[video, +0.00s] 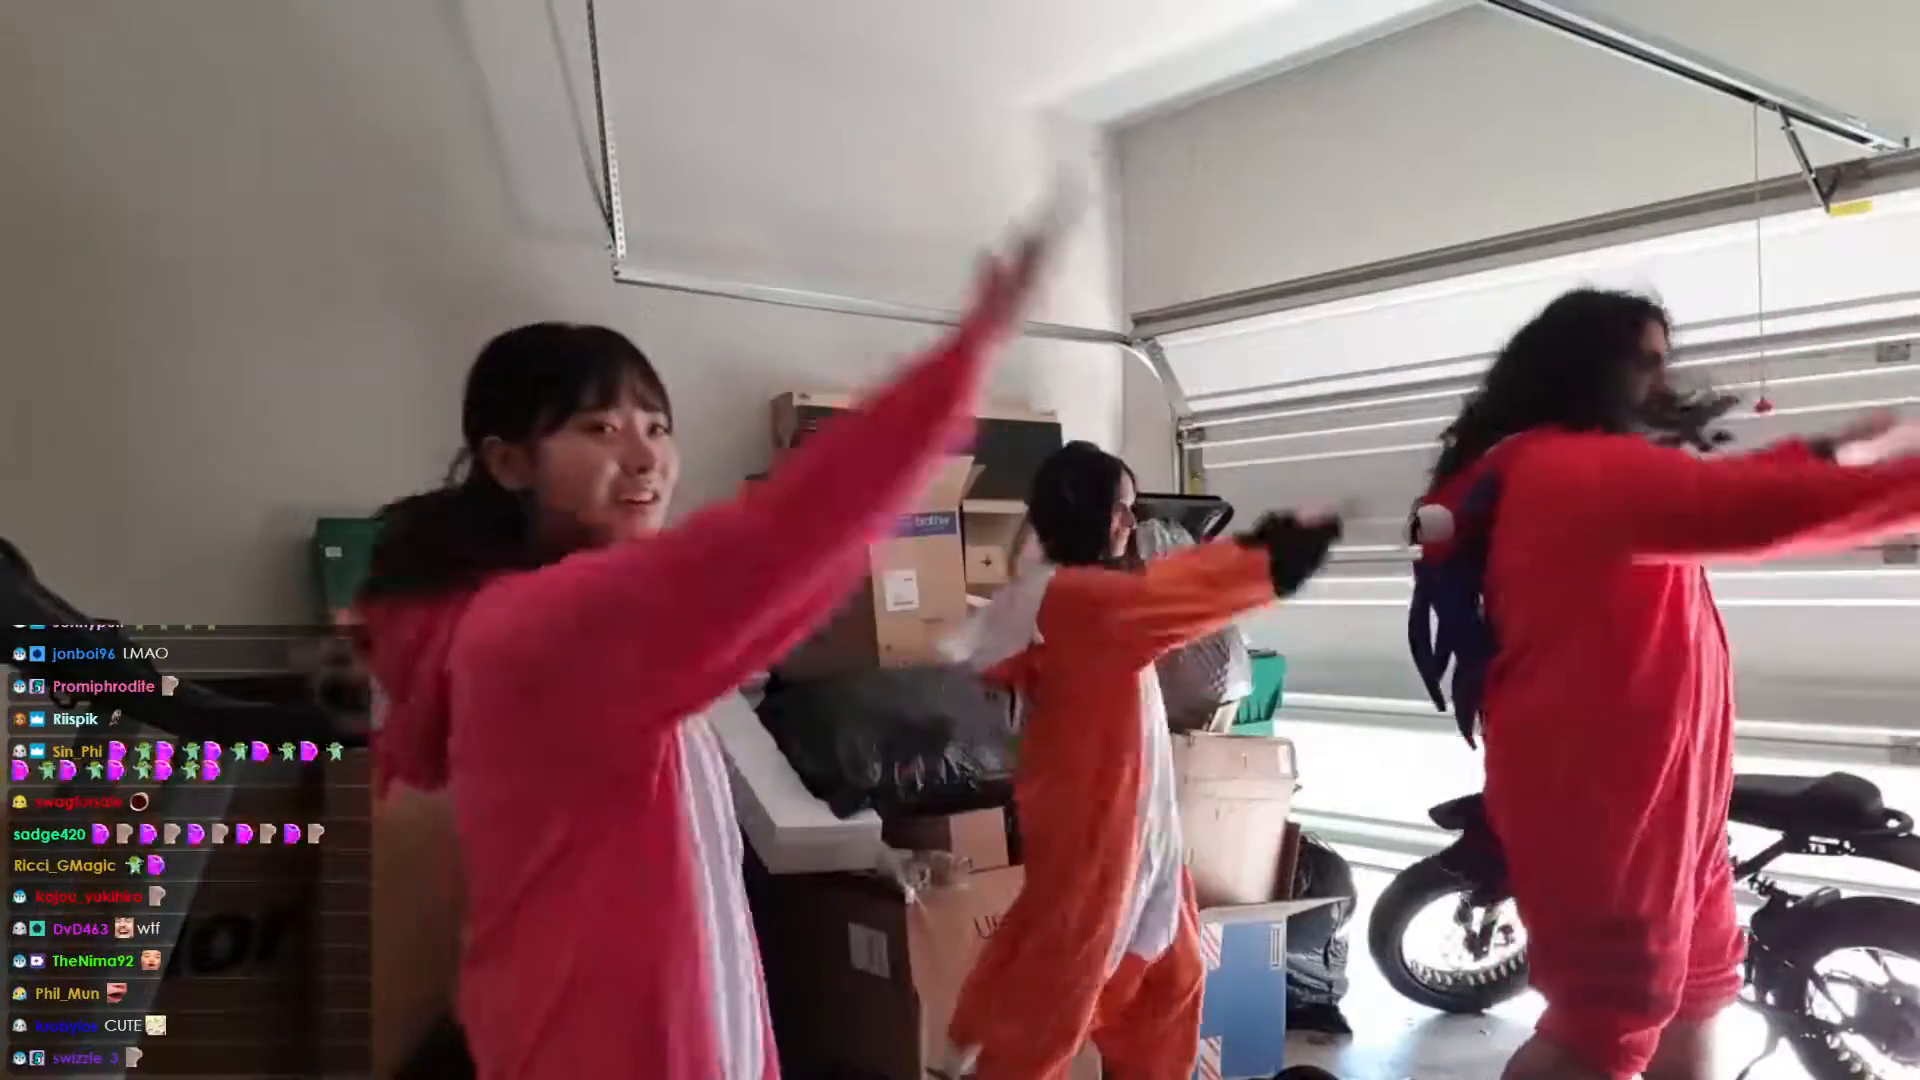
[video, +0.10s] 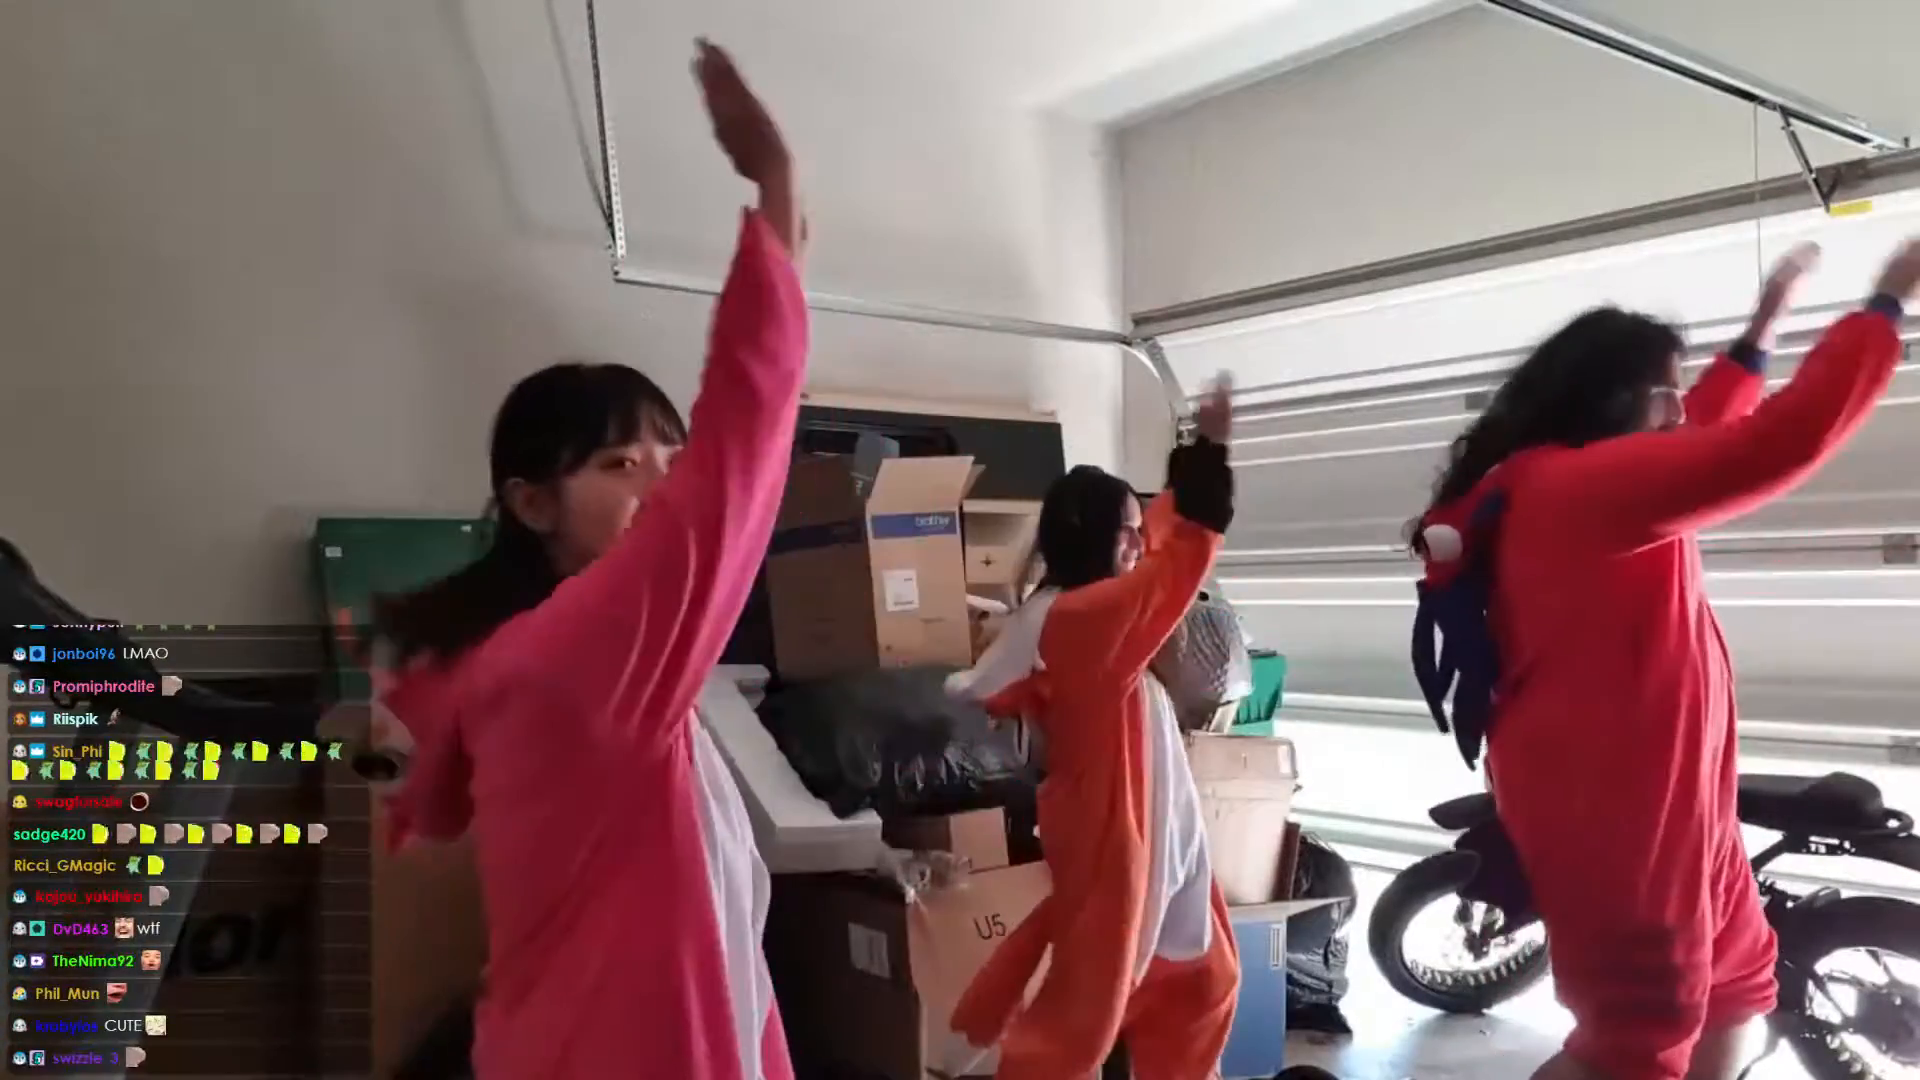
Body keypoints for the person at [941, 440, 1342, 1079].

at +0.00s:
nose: (1131, 523)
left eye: (1131, 509)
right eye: (1127, 509)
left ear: (1051, 516)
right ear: (1108, 520)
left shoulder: (1066, 595)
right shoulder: (1079, 597)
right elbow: (1173, 592)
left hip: (1134, 811)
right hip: (1091, 815)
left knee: (1170, 973)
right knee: (1062, 968)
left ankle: (1155, 1068)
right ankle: (1007, 1066)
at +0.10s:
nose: (1139, 544)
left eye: (1140, 530)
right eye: (1126, 530)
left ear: (1068, 535)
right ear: (1090, 535)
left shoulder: (1089, 616)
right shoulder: (1083, 617)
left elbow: (1009, 699)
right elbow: (1175, 564)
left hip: (1157, 815)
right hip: (1109, 821)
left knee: (1208, 974)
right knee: (1093, 978)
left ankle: (1171, 1072)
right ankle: (1024, 1064)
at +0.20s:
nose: (1147, 540)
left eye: (1143, 527)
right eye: (1136, 528)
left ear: (1068, 542)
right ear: (1109, 542)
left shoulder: (1062, 621)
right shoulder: (1082, 631)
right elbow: (1166, 565)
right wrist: (1196, 452)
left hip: (1158, 823)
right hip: (1114, 837)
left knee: (1223, 979)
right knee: (1106, 1015)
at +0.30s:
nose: (1142, 537)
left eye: (1144, 524)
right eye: (1131, 525)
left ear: (1077, 530)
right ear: (1096, 530)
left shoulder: (1089, 598)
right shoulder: (1068, 608)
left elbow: (1161, 549)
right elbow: (1178, 599)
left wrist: (1231, 507)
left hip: (1133, 801)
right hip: (1083, 812)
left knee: (1200, 961)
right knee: (1089, 980)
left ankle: (1186, 1072)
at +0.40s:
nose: (1144, 524)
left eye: (1145, 509)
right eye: (1136, 508)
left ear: (1070, 512)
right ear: (1111, 514)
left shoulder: (1085, 586)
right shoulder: (1065, 591)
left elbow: (1158, 608)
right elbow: (1162, 629)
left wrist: (1233, 597)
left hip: (1099, 810)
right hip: (1051, 817)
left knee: (1153, 989)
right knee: (1046, 1001)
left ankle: (1163, 1071)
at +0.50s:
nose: (1150, 538)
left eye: (1153, 525)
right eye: (1138, 523)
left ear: (1076, 529)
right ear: (1100, 526)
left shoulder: (1061, 593)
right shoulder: (1082, 606)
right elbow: (1163, 692)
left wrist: (1202, 768)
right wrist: (1209, 776)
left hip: (1080, 819)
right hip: (1030, 819)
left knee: (1120, 972)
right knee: (1021, 977)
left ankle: (1133, 1066)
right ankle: (991, 1068)